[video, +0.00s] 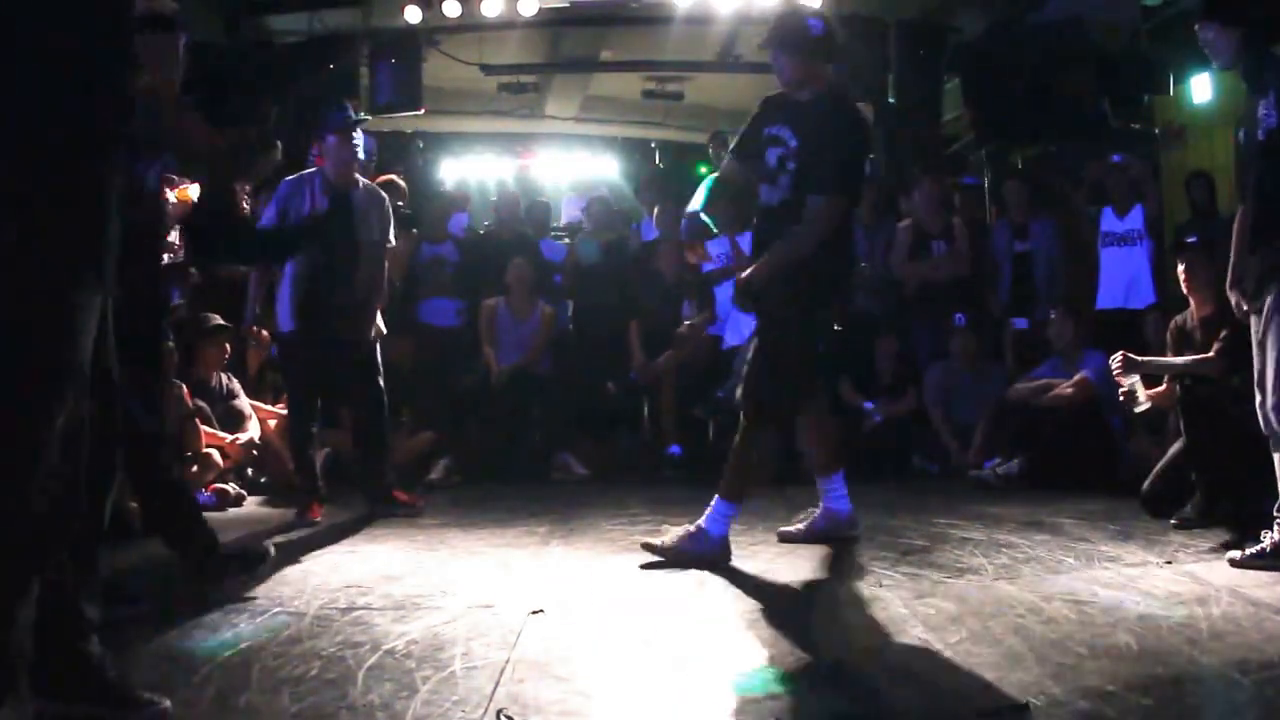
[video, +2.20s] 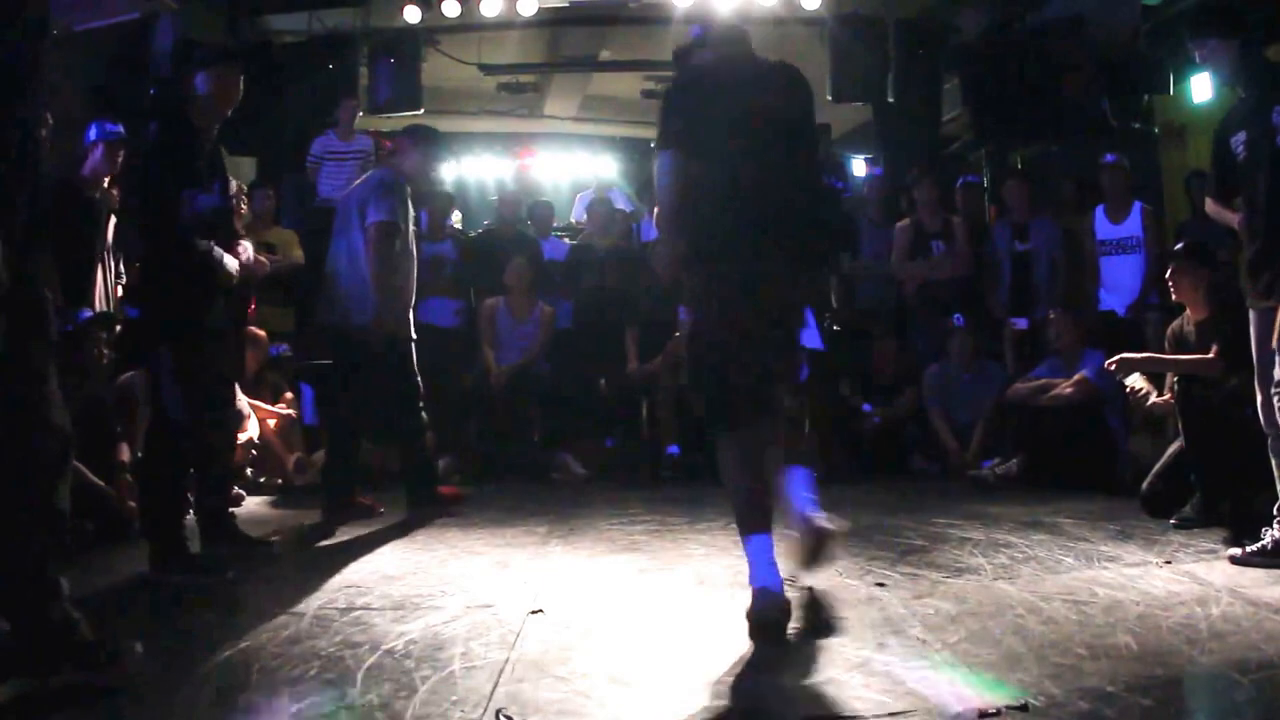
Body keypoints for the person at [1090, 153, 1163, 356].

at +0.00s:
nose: (1118, 181)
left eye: (1123, 175)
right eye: (1113, 176)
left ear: (1133, 180)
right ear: (1106, 182)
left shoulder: (1146, 214)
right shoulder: (1098, 215)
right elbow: (1079, 208)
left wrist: (1141, 175)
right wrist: (1091, 180)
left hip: (1142, 303)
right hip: (1108, 303)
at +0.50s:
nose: (1115, 180)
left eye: (1120, 174)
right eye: (1109, 174)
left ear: (1129, 178)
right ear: (1103, 179)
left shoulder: (1143, 211)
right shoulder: (1098, 214)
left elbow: (1156, 199)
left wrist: (1135, 175)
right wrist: (1100, 178)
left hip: (1141, 297)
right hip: (1108, 298)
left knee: (1150, 354)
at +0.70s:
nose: (1114, 182)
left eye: (1119, 175)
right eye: (1109, 176)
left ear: (1128, 179)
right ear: (1103, 181)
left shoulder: (1144, 211)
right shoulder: (1098, 214)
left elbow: (1156, 201)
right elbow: (1092, 255)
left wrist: (1133, 172)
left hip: (1140, 301)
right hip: (1108, 302)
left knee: (1148, 360)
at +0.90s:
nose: (1113, 182)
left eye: (1118, 175)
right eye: (1108, 175)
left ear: (1128, 179)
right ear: (1103, 180)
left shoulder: (1143, 211)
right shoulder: (1098, 213)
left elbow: (1156, 204)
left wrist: (1134, 174)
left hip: (1139, 301)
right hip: (1107, 301)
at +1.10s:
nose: (1112, 181)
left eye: (1117, 175)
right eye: (1108, 175)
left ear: (1128, 179)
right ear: (1103, 180)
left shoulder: (1142, 210)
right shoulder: (1099, 213)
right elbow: (1095, 253)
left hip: (1138, 299)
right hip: (1106, 299)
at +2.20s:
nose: (1111, 182)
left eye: (1116, 176)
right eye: (1106, 176)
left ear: (1126, 179)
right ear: (1101, 180)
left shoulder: (1144, 214)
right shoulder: (1094, 218)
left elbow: (1152, 260)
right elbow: (1091, 260)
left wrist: (1140, 300)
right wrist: (1095, 297)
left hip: (1137, 303)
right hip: (1106, 303)